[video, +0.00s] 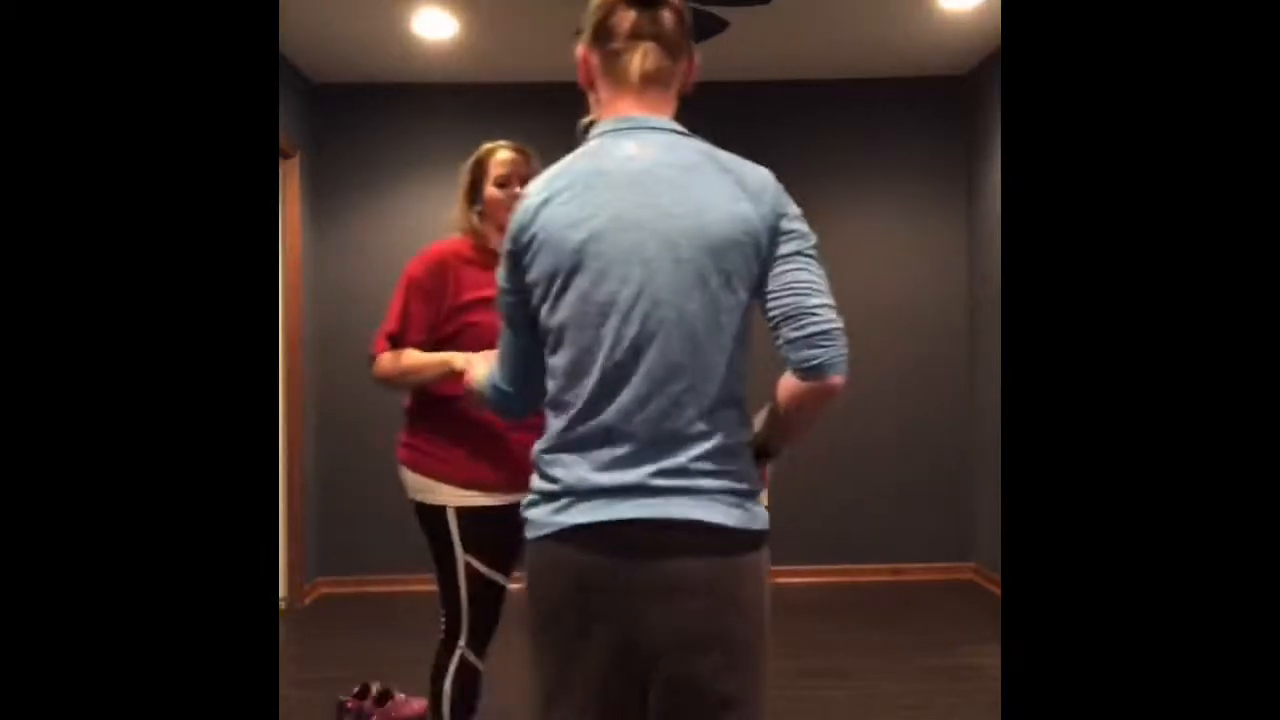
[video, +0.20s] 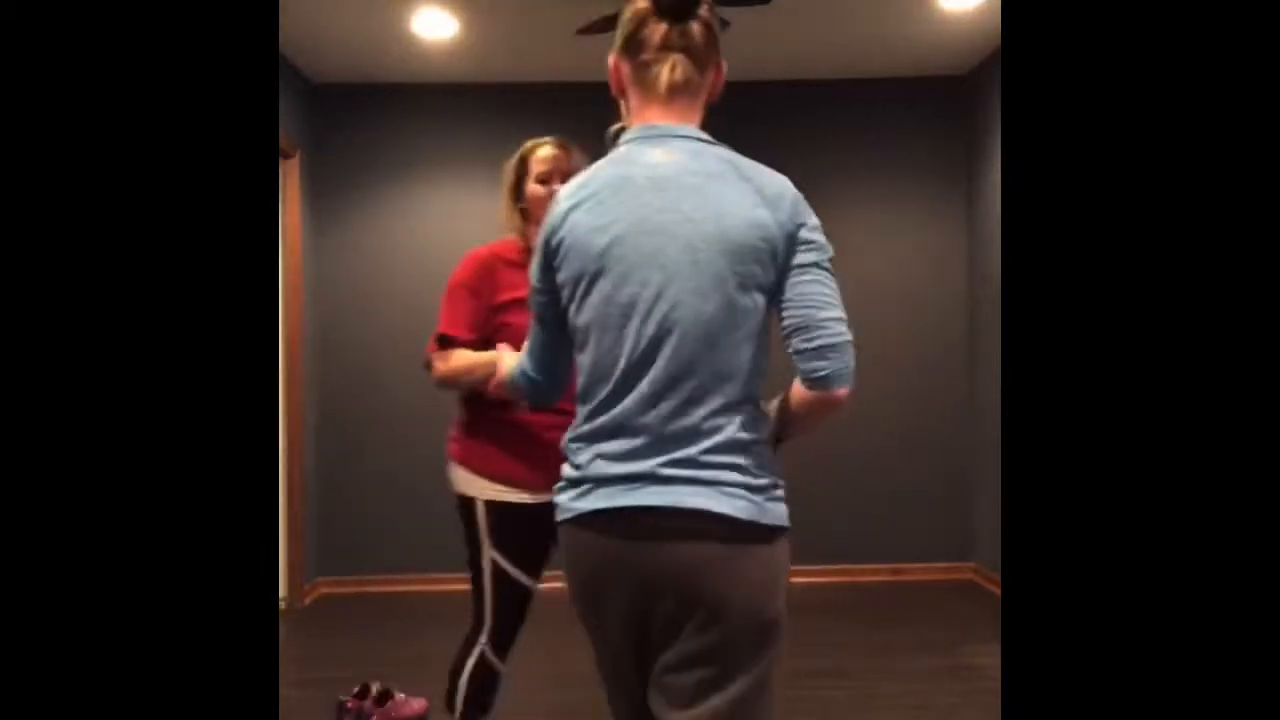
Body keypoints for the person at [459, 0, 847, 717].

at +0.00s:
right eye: (693, 61)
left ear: (585, 67)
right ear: (689, 72)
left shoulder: (542, 202)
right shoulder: (754, 188)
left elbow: (516, 394)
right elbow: (820, 369)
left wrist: (479, 371)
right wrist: (763, 446)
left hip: (573, 544)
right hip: (714, 545)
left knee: (576, 712)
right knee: (718, 710)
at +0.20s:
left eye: (614, 68)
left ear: (617, 77)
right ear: (717, 80)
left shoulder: (572, 204)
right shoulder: (774, 196)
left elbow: (544, 379)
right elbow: (828, 378)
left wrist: (506, 370)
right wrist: (766, 430)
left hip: (600, 530)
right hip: (730, 533)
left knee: (634, 709)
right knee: (712, 708)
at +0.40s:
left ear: (643, 92)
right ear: (738, 96)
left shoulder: (598, 220)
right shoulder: (791, 212)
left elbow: (569, 391)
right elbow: (825, 390)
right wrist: (753, 408)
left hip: (629, 522)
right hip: (754, 524)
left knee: (645, 707)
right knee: (743, 706)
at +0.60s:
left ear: (669, 107)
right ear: (761, 110)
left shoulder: (623, 226)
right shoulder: (806, 222)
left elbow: (602, 386)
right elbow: (821, 386)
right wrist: (741, 380)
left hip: (646, 519)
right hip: (768, 521)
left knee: (672, 709)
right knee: (780, 708)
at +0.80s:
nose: (691, 123)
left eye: (690, 114)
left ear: (694, 116)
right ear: (779, 125)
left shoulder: (647, 227)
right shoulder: (818, 229)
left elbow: (628, 378)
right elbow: (822, 374)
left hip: (672, 505)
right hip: (786, 507)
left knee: (688, 703)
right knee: (793, 703)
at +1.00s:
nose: (696, 136)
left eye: (698, 124)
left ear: (706, 127)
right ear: (785, 138)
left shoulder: (657, 234)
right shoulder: (820, 235)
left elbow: (638, 381)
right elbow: (824, 373)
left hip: (692, 514)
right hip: (799, 509)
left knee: (703, 686)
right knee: (805, 696)